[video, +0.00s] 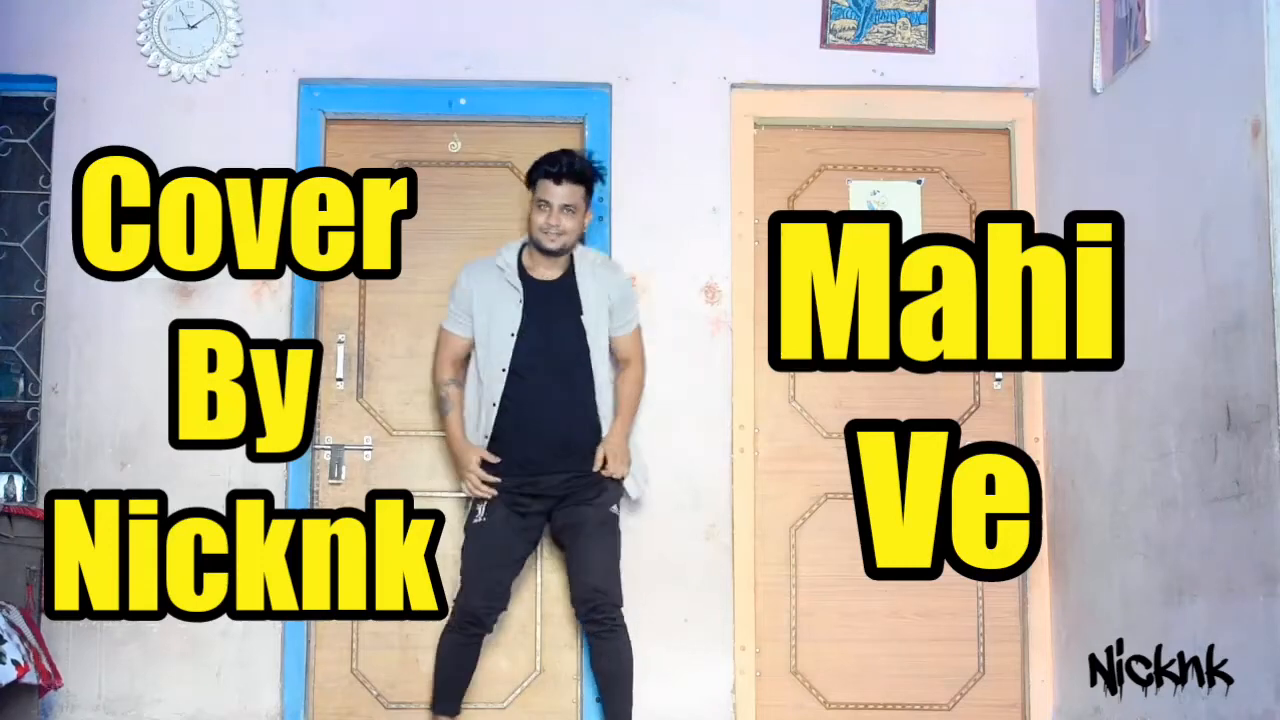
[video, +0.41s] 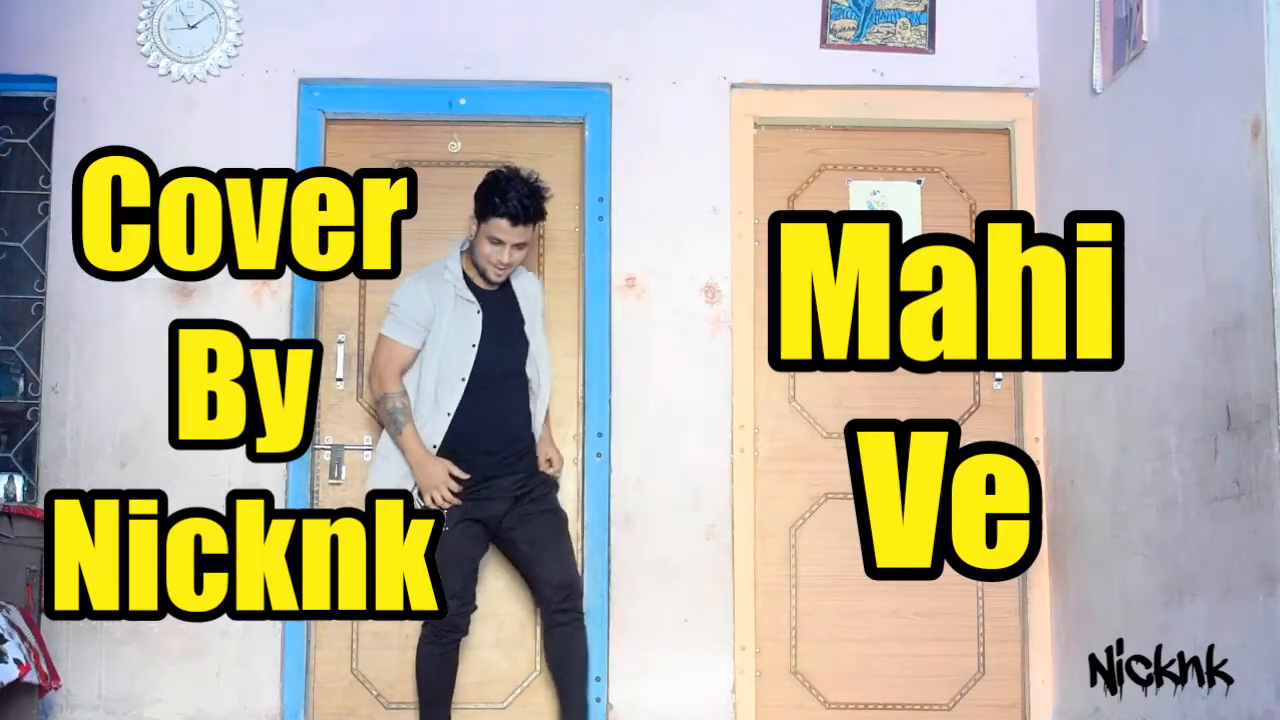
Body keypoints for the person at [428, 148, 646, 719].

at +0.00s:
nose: (553, 220)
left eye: (569, 209)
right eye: (544, 206)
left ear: (587, 217)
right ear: (529, 208)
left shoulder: (608, 280)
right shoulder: (480, 280)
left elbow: (631, 362)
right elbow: (449, 368)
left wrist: (620, 434)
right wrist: (460, 445)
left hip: (587, 484)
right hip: (507, 485)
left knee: (602, 613)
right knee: (473, 613)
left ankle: (621, 719)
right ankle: (442, 715)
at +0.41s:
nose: (505, 259)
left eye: (518, 247)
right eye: (494, 243)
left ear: (534, 241)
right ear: (473, 228)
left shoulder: (529, 289)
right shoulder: (424, 293)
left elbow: (536, 372)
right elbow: (383, 380)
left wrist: (544, 434)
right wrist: (419, 458)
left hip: (525, 486)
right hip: (452, 491)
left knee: (564, 601)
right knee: (447, 621)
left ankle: (577, 716)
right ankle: (435, 719)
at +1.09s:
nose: (510, 224)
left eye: (523, 212)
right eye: (499, 210)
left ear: (538, 218)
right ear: (480, 212)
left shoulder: (539, 292)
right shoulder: (435, 271)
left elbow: (537, 377)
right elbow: (390, 354)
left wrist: (545, 442)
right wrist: (412, 444)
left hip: (519, 480)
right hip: (447, 481)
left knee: (553, 596)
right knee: (442, 613)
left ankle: (550, 716)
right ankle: (433, 719)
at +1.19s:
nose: (519, 217)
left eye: (531, 204)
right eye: (507, 204)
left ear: (546, 211)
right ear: (489, 208)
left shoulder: (557, 293)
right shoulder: (441, 267)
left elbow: (563, 377)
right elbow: (397, 349)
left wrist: (558, 441)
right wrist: (414, 435)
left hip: (526, 483)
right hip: (447, 482)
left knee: (554, 606)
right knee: (442, 615)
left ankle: (577, 716)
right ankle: (432, 717)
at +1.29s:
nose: (532, 215)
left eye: (543, 202)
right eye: (519, 203)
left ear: (559, 210)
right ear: (502, 210)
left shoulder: (580, 298)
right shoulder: (454, 268)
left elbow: (589, 384)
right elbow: (410, 352)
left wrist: (578, 446)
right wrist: (421, 434)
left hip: (538, 487)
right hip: (456, 485)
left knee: (556, 615)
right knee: (448, 616)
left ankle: (579, 719)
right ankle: (434, 718)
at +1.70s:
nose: (562, 209)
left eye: (574, 197)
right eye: (549, 197)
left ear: (591, 202)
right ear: (532, 204)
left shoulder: (617, 281)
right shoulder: (503, 268)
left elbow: (655, 370)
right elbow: (480, 360)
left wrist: (605, 436)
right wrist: (476, 430)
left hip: (577, 481)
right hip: (504, 477)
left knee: (576, 610)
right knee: (481, 602)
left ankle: (583, 717)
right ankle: (498, 713)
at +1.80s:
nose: (557, 208)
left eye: (569, 195)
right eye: (544, 196)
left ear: (587, 202)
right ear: (528, 203)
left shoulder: (613, 278)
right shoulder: (504, 267)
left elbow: (652, 366)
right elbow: (485, 360)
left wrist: (598, 431)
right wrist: (480, 431)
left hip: (576, 477)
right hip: (506, 476)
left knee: (575, 611)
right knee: (497, 610)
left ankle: (583, 717)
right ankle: (509, 716)